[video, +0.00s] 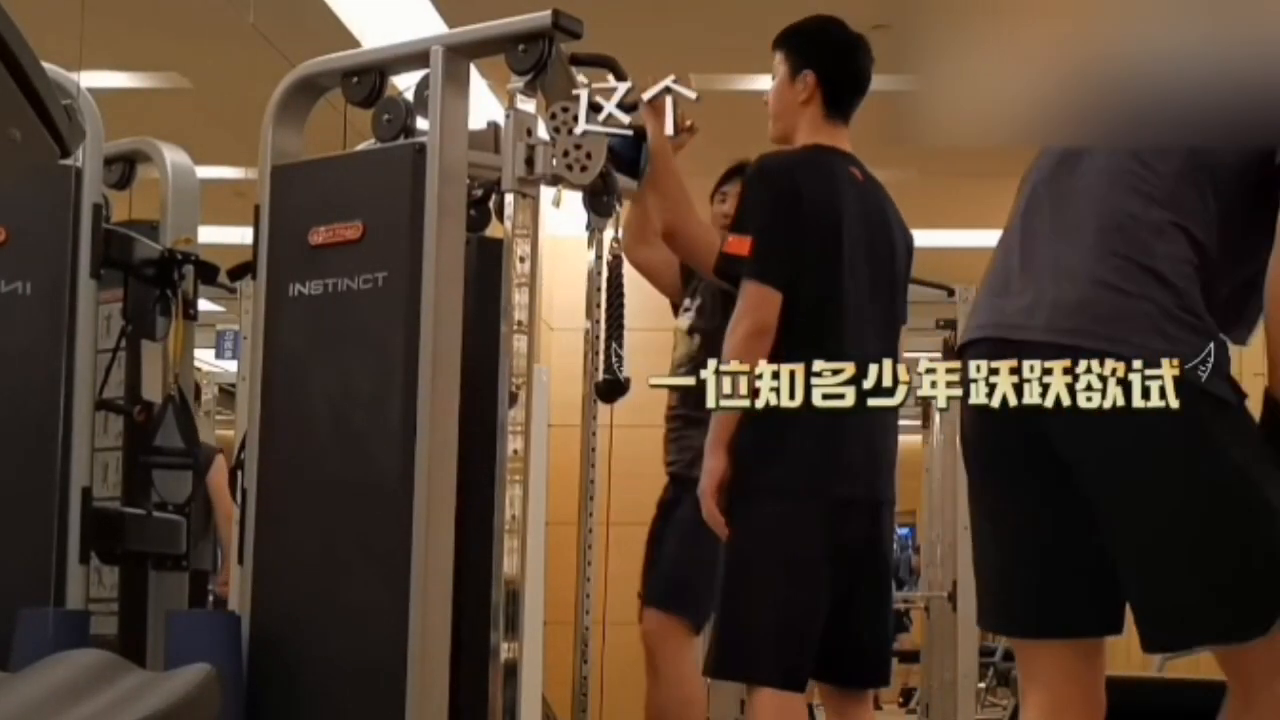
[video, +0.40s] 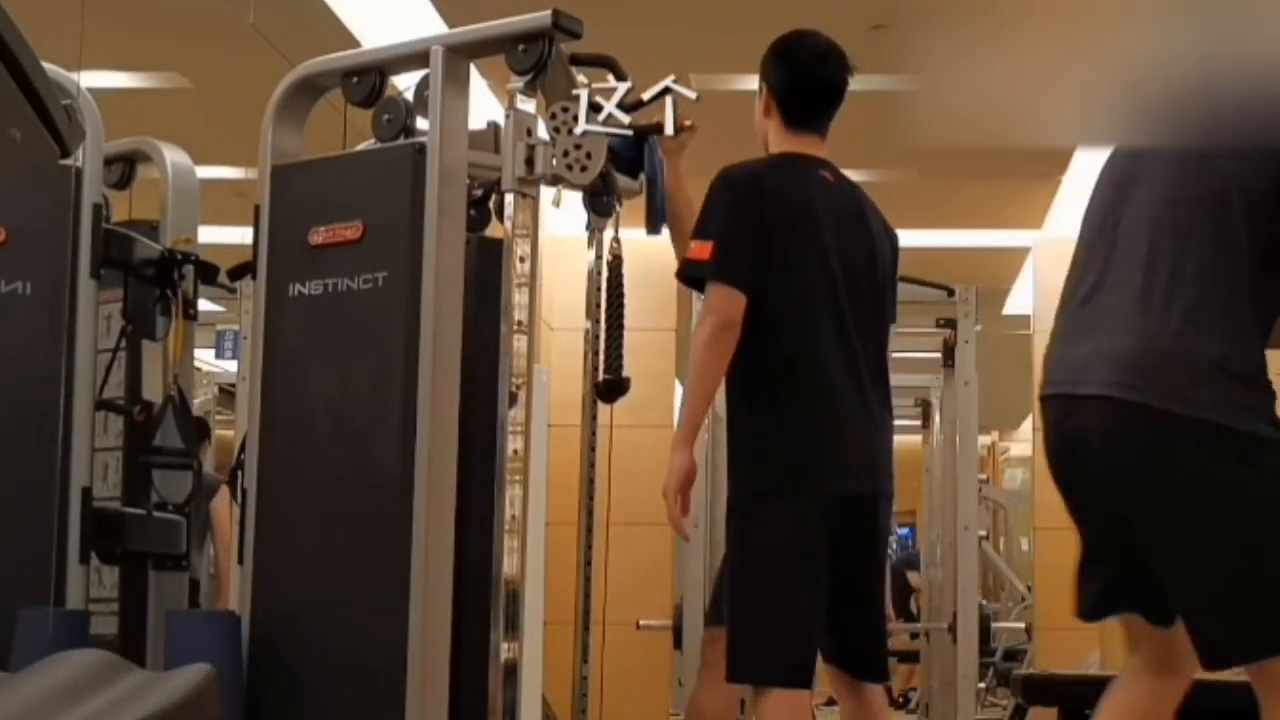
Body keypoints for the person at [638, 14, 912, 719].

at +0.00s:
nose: (767, 96)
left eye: (773, 80)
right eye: (769, 81)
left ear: (805, 87)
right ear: (850, 94)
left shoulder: (786, 177)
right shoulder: (887, 212)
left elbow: (756, 321)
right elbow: (880, 354)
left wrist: (717, 446)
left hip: (784, 472)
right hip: (863, 479)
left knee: (775, 684)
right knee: (852, 688)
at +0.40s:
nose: (756, 106)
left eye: (756, 94)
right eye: (764, 94)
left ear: (765, 100)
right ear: (836, 107)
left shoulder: (748, 188)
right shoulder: (873, 221)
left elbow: (723, 319)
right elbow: (871, 346)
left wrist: (686, 442)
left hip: (778, 469)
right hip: (864, 472)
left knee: (781, 678)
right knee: (858, 671)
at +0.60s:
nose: (771, 125)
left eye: (773, 114)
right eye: (780, 114)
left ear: (780, 121)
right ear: (850, 131)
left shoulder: (754, 206)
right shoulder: (877, 240)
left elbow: (727, 338)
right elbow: (891, 375)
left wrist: (701, 448)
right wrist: (875, 463)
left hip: (780, 475)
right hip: (867, 478)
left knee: (783, 681)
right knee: (868, 673)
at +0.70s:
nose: (786, 139)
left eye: (788, 128)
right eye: (789, 129)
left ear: (794, 136)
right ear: (863, 147)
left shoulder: (764, 220)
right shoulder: (887, 256)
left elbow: (737, 352)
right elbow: (901, 387)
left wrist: (717, 452)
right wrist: (887, 475)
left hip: (786, 485)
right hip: (871, 490)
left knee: (780, 683)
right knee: (868, 680)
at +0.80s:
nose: (799, 149)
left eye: (802, 140)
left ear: (807, 148)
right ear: (874, 156)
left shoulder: (773, 231)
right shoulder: (899, 262)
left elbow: (746, 366)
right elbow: (911, 394)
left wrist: (729, 454)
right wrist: (893, 477)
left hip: (795, 493)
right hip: (880, 497)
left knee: (772, 679)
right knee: (877, 679)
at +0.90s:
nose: (810, 151)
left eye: (812, 142)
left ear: (818, 149)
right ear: (884, 158)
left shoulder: (782, 232)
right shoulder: (910, 262)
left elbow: (747, 365)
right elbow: (918, 390)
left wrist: (732, 427)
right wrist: (893, 459)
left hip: (804, 488)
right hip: (891, 489)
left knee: (757, 669)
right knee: (888, 673)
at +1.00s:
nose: (817, 154)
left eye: (819, 144)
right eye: (820, 145)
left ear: (825, 153)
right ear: (891, 162)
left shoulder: (789, 233)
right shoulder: (917, 263)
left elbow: (737, 353)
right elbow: (919, 399)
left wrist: (713, 377)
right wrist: (885, 450)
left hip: (807, 484)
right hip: (894, 491)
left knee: (759, 666)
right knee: (888, 671)